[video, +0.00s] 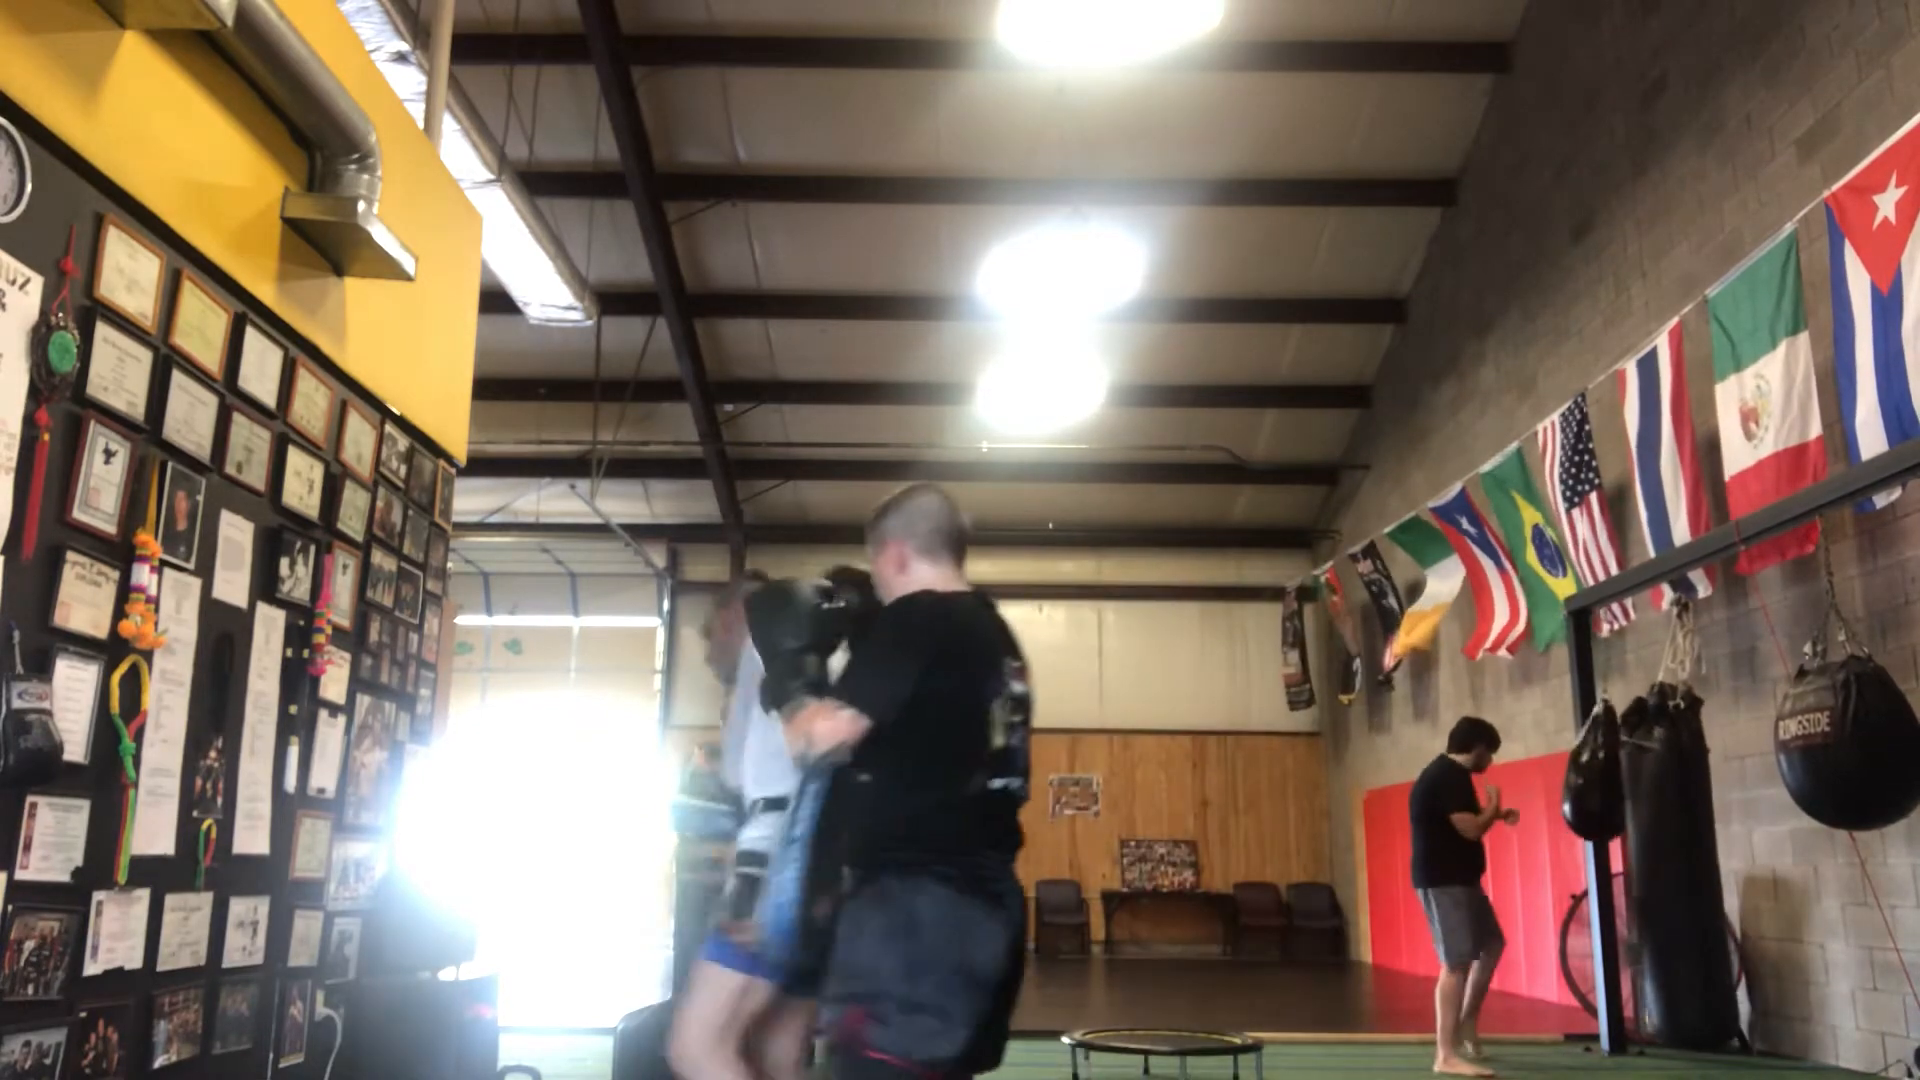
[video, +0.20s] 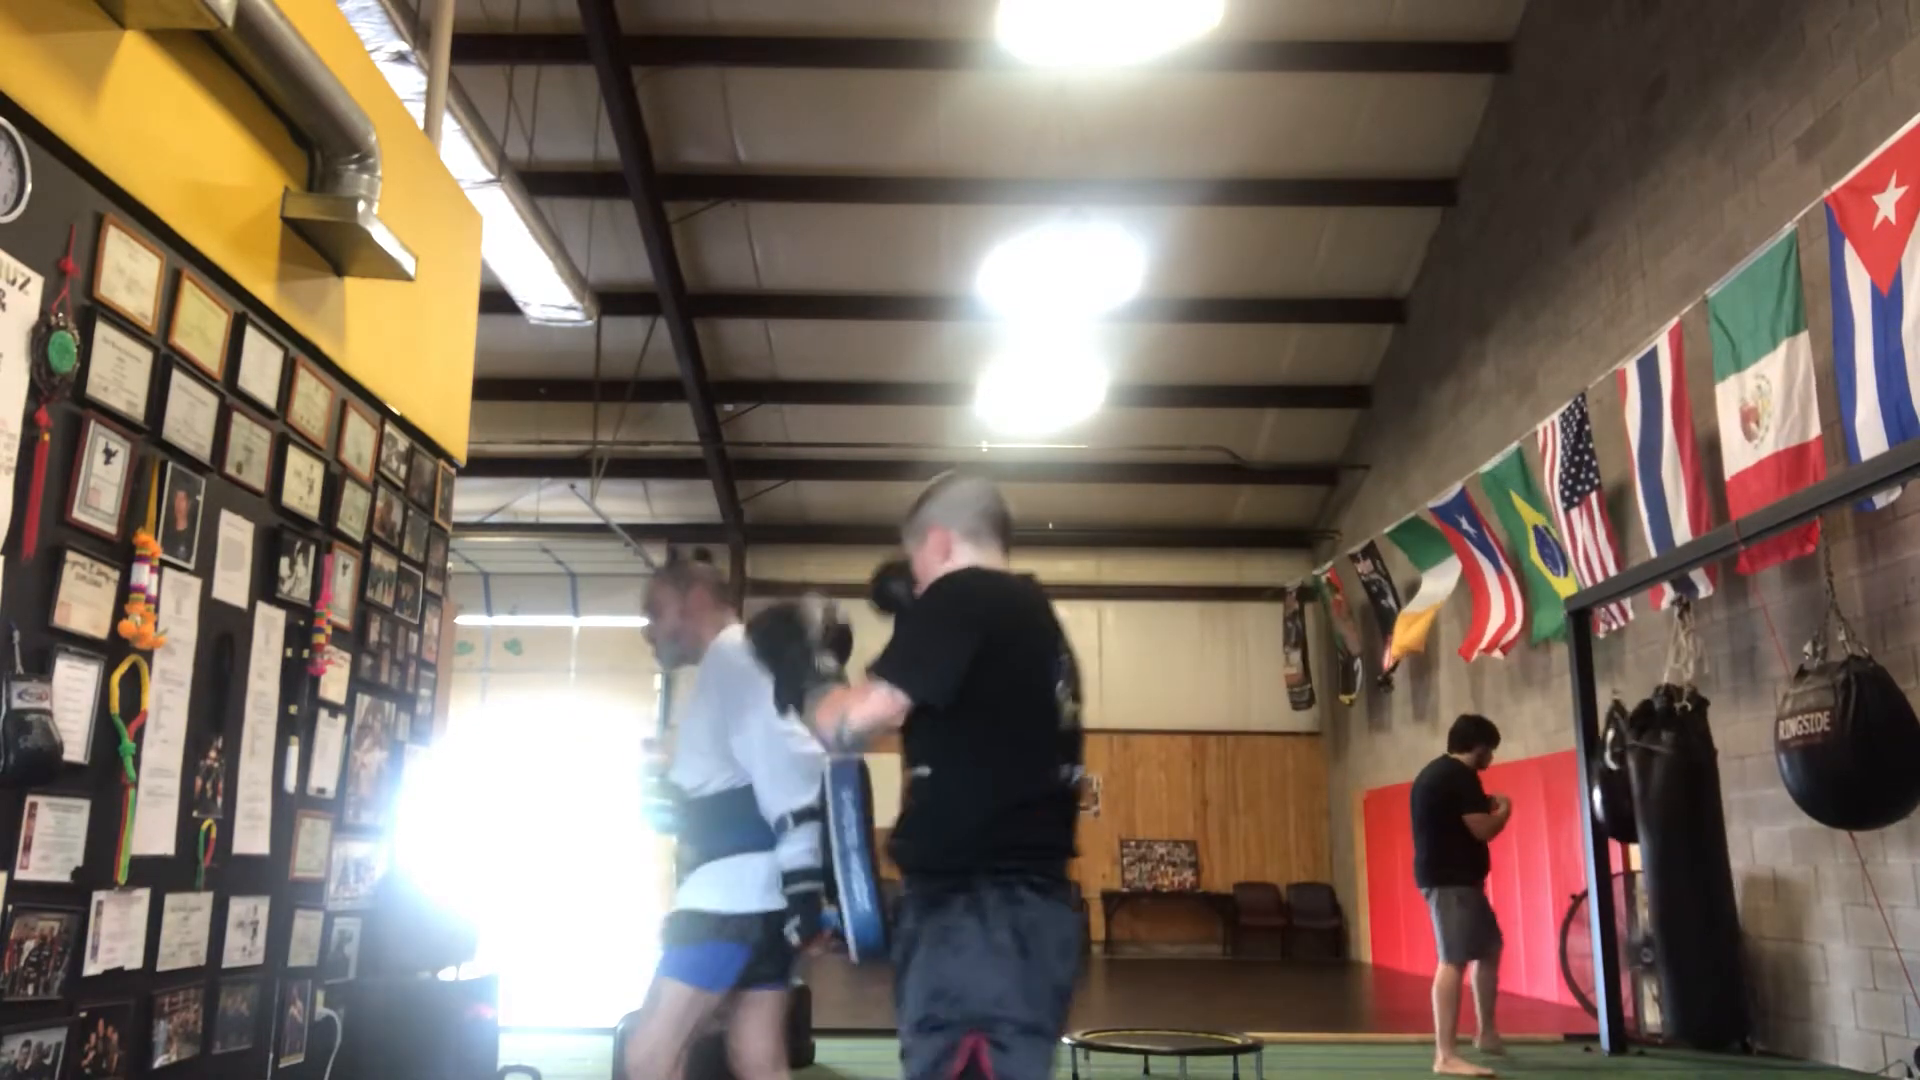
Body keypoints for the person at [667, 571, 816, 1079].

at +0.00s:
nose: (712, 637)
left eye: (719, 623)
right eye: (713, 624)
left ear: (742, 617)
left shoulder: (767, 671)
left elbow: (773, 789)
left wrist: (745, 895)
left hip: (777, 874)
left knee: (697, 1045)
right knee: (782, 1052)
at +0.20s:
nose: (649, 630)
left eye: (656, 612)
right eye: (648, 615)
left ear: (697, 596)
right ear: (699, 600)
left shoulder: (733, 659)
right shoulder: (726, 663)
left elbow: (790, 771)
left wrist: (805, 895)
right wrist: (679, 801)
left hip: (728, 897)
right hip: (756, 898)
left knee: (650, 1055)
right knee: (759, 1059)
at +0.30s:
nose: (629, 621)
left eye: (640, 602)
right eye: (627, 605)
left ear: (687, 594)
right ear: (684, 597)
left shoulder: (725, 666)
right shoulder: (696, 669)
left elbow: (787, 794)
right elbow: (699, 785)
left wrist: (795, 923)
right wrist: (636, 770)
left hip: (711, 903)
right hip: (704, 902)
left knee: (640, 1055)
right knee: (717, 1059)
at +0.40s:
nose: (619, 608)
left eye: (634, 592)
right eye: (618, 593)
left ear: (685, 593)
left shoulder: (717, 670)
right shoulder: (682, 669)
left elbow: (764, 800)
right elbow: (673, 767)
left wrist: (754, 930)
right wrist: (610, 759)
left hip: (687, 906)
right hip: (659, 900)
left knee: (635, 1062)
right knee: (638, 1053)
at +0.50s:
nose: (615, 605)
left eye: (634, 590)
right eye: (612, 590)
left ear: (680, 593)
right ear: (608, 591)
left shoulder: (714, 670)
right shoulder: (652, 666)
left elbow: (749, 801)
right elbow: (645, 755)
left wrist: (706, 923)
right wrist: (585, 751)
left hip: (679, 895)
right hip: (620, 888)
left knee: (637, 1066)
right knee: (554, 1045)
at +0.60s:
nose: (610, 599)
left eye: (630, 584)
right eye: (605, 582)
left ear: (675, 589)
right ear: (599, 583)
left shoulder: (709, 668)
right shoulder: (614, 664)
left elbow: (748, 797)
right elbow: (614, 749)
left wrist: (700, 914)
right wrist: (560, 747)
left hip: (676, 883)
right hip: (600, 879)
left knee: (635, 1067)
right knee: (517, 1046)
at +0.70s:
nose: (606, 595)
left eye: (627, 580)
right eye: (598, 577)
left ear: (665, 587)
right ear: (586, 580)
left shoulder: (700, 664)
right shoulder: (583, 654)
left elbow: (746, 788)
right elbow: (550, 738)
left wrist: (711, 900)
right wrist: (521, 746)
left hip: (658, 896)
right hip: (561, 885)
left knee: (634, 1063)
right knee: (518, 1051)